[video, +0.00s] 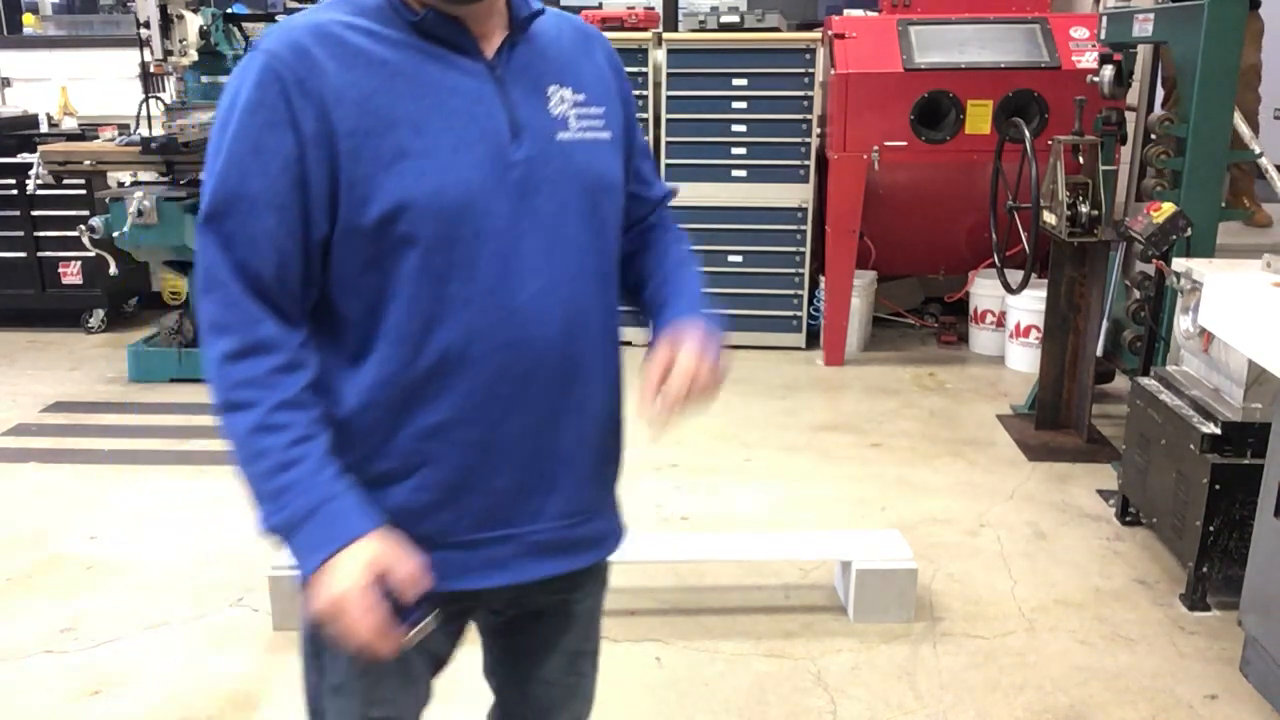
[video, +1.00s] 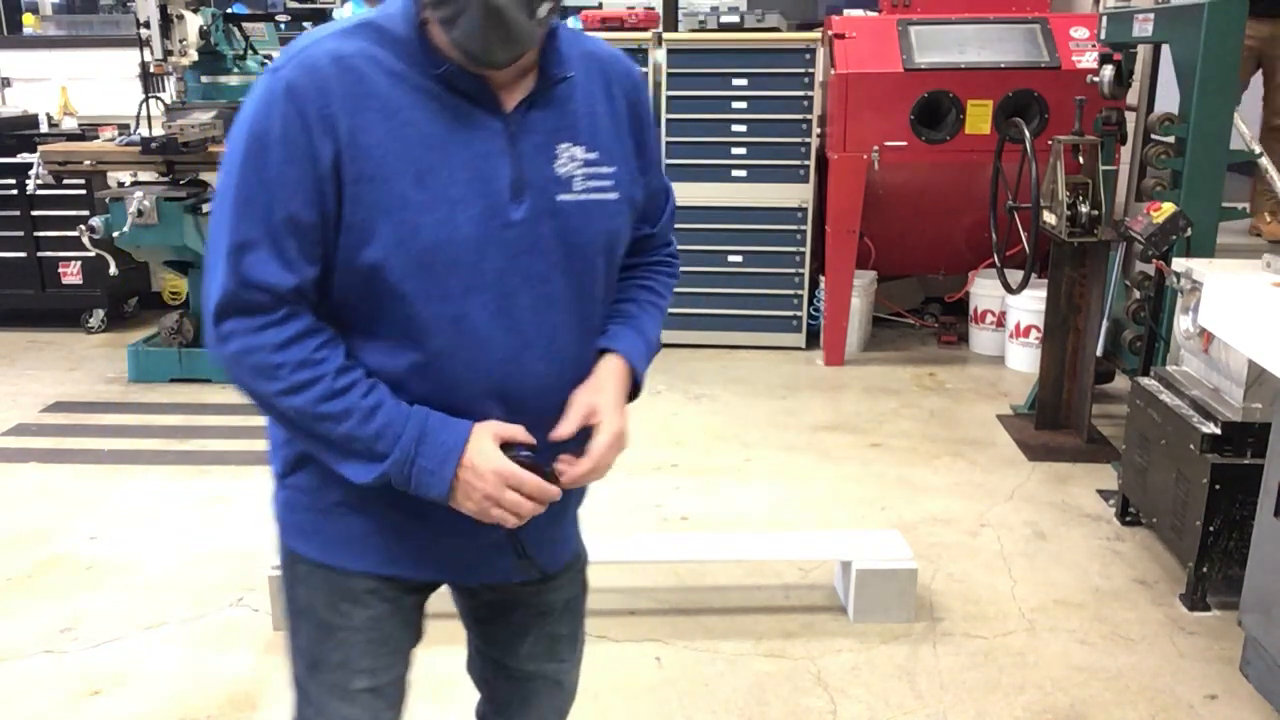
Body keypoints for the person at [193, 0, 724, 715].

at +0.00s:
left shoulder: (583, 57)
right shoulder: (297, 72)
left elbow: (645, 221)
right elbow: (245, 335)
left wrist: (683, 311)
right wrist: (328, 531)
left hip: (561, 524)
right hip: (382, 543)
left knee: (550, 709)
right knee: (365, 711)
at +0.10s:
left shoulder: (590, 51)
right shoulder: (320, 61)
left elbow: (670, 179)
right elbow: (274, 317)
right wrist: (384, 497)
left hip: (583, 522)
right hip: (408, 536)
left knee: (556, 714)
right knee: (389, 717)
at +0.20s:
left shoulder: (607, 49)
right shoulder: (341, 55)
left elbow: (756, 107)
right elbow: (299, 310)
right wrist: (438, 487)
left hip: (594, 527)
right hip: (419, 541)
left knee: (559, 714)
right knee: (408, 714)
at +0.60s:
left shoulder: (637, 47)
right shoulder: (370, 57)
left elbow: (779, 135)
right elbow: (323, 302)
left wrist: (840, 37)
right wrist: (450, 488)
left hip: (593, 506)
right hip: (433, 519)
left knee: (553, 709)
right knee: (453, 709)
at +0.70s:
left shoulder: (641, 60)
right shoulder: (365, 64)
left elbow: (714, 169)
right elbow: (301, 295)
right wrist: (430, 474)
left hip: (585, 511)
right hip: (417, 518)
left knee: (547, 711)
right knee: (436, 710)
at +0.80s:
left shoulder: (640, 77)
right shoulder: (356, 71)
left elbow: (684, 218)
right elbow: (284, 291)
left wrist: (703, 281)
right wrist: (427, 460)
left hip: (571, 513)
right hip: (400, 516)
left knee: (545, 712)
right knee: (411, 710)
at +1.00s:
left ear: (554, 4)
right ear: (431, 3)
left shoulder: (610, 87)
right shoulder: (311, 91)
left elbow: (650, 253)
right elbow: (251, 320)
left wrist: (617, 366)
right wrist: (432, 452)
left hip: (536, 509)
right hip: (354, 507)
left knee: (534, 710)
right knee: (348, 710)